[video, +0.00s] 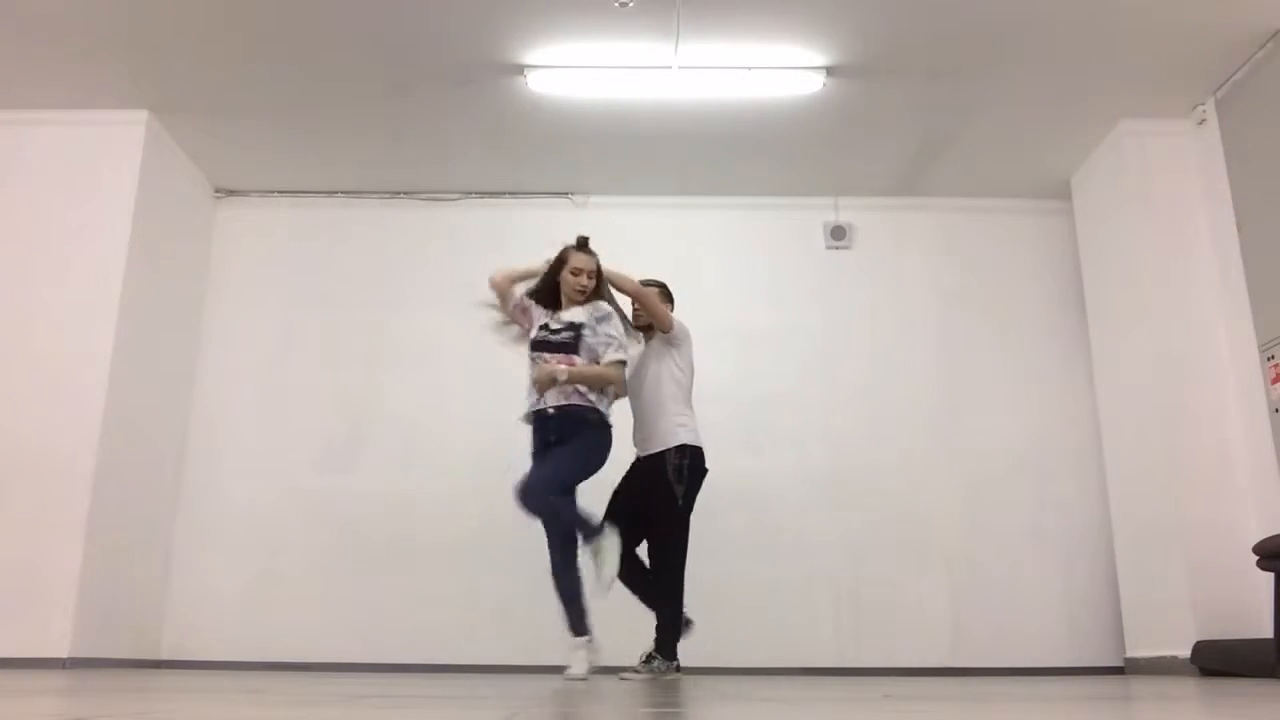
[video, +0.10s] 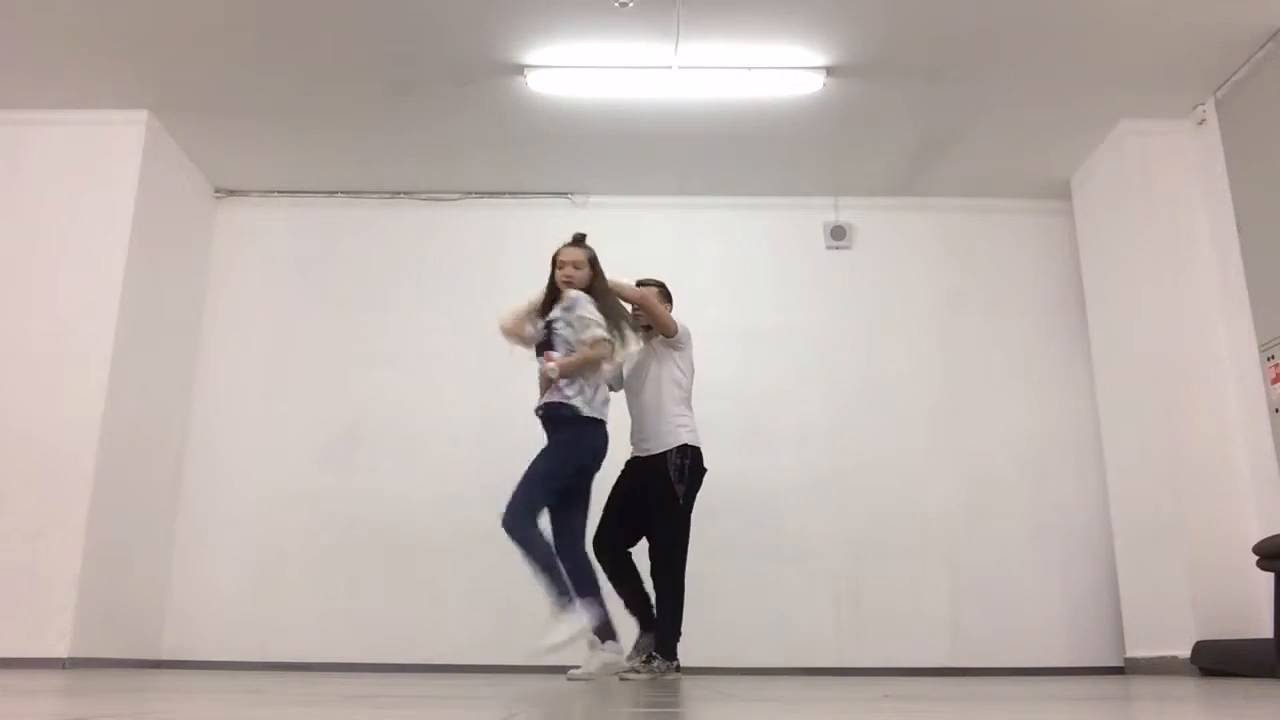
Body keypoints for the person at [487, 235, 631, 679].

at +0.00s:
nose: (582, 281)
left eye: (590, 275)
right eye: (575, 273)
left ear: (597, 280)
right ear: (559, 274)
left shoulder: (602, 316)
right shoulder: (538, 318)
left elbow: (616, 375)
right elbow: (500, 283)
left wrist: (563, 372)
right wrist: (542, 269)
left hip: (589, 432)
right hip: (546, 432)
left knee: (532, 491)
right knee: (560, 540)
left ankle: (597, 534)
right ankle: (581, 638)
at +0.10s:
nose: (567, 272)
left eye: (576, 266)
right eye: (561, 265)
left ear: (590, 273)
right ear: (553, 271)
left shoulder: (579, 303)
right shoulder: (559, 313)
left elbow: (599, 346)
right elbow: (510, 326)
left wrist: (562, 367)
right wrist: (541, 315)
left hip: (575, 432)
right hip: (576, 433)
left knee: (516, 519)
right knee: (570, 544)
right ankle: (606, 643)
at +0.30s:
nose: (548, 278)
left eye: (550, 272)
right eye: (551, 273)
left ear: (557, 271)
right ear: (595, 270)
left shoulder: (545, 300)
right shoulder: (611, 310)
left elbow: (502, 301)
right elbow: (615, 378)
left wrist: (516, 368)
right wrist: (588, 386)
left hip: (547, 431)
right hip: (595, 434)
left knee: (536, 543)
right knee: (588, 540)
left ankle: (529, 650)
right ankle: (600, 650)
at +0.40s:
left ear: (552, 265)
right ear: (597, 271)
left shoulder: (529, 298)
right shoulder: (612, 313)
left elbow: (469, 293)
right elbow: (611, 379)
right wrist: (577, 401)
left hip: (538, 430)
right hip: (591, 431)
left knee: (533, 541)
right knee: (595, 538)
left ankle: (521, 653)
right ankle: (590, 642)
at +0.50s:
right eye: (592, 275)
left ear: (551, 268)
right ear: (594, 276)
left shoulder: (524, 300)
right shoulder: (603, 316)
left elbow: (463, 295)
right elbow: (617, 372)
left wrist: (400, 303)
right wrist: (592, 397)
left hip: (529, 432)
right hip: (581, 433)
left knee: (533, 540)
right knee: (605, 523)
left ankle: (523, 653)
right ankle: (585, 619)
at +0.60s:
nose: (597, 273)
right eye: (595, 267)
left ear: (551, 261)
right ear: (594, 267)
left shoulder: (523, 297)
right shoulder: (603, 311)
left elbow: (465, 297)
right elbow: (633, 359)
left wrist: (400, 298)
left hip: (523, 425)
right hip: (573, 427)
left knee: (528, 538)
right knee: (607, 518)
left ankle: (522, 653)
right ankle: (584, 598)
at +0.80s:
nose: (604, 269)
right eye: (603, 262)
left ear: (559, 262)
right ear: (600, 264)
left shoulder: (543, 301)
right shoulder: (619, 304)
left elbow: (505, 358)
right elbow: (662, 347)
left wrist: (477, 338)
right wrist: (658, 319)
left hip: (529, 420)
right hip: (580, 427)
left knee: (526, 536)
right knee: (590, 545)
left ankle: (520, 653)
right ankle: (587, 644)